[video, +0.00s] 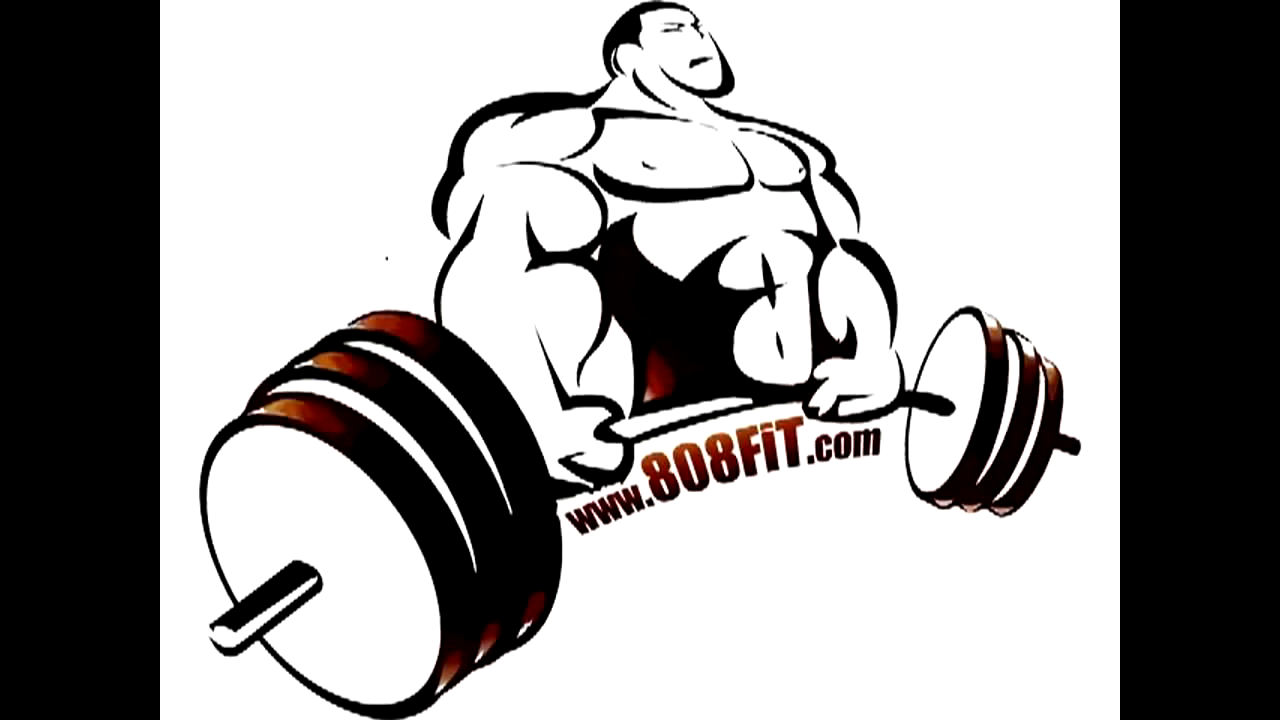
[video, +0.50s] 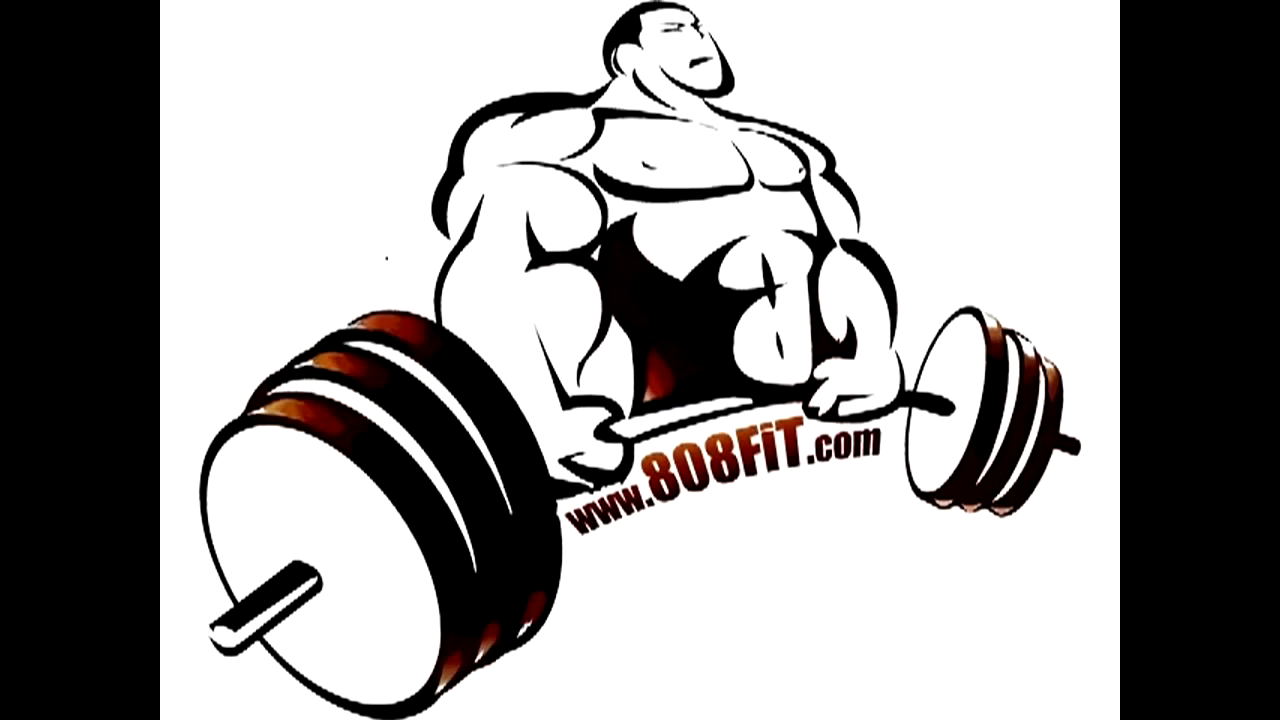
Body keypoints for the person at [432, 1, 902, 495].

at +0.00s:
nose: (702, 40)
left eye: (701, 28)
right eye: (675, 30)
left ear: (713, 45)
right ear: (628, 59)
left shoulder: (775, 145)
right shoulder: (593, 126)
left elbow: (850, 250)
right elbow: (487, 155)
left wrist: (878, 358)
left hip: (747, 330)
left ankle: (870, 369)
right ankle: (577, 429)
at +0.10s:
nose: (702, 40)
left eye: (701, 28)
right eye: (675, 30)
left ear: (713, 45)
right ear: (628, 59)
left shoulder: (775, 145)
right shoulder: (593, 126)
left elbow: (850, 250)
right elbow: (487, 155)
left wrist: (878, 358)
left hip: (747, 330)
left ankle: (870, 369)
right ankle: (577, 429)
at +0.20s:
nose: (702, 40)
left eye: (701, 28)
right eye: (675, 30)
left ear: (713, 45)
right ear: (628, 59)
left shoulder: (775, 145)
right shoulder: (593, 126)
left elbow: (850, 250)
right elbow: (487, 155)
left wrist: (878, 358)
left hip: (747, 330)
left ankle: (870, 369)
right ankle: (577, 429)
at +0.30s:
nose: (702, 40)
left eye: (701, 28)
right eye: (675, 30)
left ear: (713, 45)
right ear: (628, 59)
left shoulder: (775, 145)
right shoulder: (593, 126)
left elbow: (850, 250)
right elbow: (487, 155)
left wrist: (878, 358)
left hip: (747, 330)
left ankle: (870, 369)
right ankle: (577, 429)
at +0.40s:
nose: (702, 40)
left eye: (701, 28)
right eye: (676, 30)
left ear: (712, 45)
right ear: (628, 59)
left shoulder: (775, 145)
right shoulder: (594, 126)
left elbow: (850, 249)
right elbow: (487, 154)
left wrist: (877, 358)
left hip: (747, 330)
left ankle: (869, 369)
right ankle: (578, 428)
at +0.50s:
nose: (702, 40)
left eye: (701, 28)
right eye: (676, 30)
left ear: (712, 45)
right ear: (628, 59)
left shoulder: (775, 145)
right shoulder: (594, 126)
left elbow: (850, 249)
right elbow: (487, 154)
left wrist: (877, 358)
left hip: (747, 330)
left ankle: (869, 369)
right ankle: (578, 428)